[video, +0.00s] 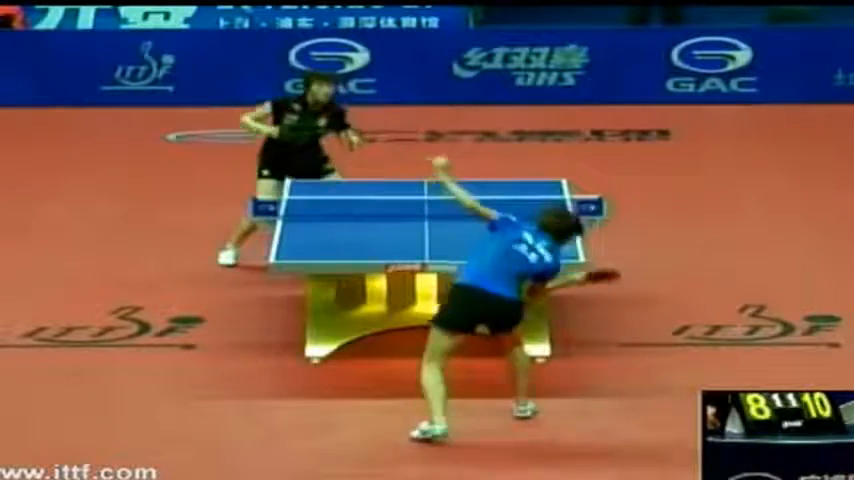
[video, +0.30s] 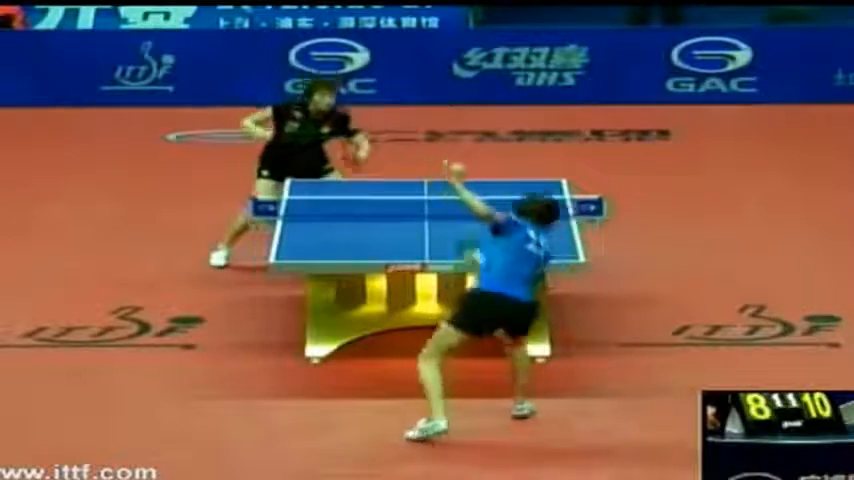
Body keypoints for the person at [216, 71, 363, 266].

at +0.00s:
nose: (326, 92)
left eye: (329, 86)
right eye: (321, 86)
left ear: (333, 90)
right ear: (310, 88)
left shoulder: (333, 113)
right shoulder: (287, 105)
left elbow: (349, 145)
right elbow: (247, 119)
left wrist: (352, 137)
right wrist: (269, 130)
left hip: (311, 158)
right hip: (276, 159)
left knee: (341, 197)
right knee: (265, 210)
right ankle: (232, 247)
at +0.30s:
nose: (325, 102)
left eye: (329, 97)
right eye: (321, 96)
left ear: (334, 100)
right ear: (311, 96)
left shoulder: (336, 120)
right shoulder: (288, 111)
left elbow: (360, 138)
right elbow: (246, 123)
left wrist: (362, 152)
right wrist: (262, 133)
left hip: (315, 166)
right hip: (277, 165)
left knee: (343, 202)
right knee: (260, 210)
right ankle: (224, 247)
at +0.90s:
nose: (317, 109)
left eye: (321, 104)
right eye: (312, 105)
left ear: (327, 104)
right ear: (303, 106)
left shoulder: (334, 118)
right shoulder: (290, 111)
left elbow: (362, 141)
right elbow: (254, 111)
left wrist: (355, 136)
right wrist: (247, 118)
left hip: (321, 160)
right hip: (288, 158)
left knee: (337, 204)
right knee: (260, 206)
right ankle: (225, 246)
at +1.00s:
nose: (322, 94)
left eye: (326, 88)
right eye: (318, 88)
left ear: (333, 88)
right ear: (309, 87)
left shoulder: (339, 105)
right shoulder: (294, 94)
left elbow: (368, 133)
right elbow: (261, 102)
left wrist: (354, 129)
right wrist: (248, 114)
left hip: (319, 156)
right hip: (284, 154)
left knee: (340, 201)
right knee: (260, 205)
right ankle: (225, 245)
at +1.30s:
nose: (313, 99)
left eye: (317, 95)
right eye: (309, 93)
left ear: (323, 97)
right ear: (298, 93)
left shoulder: (325, 118)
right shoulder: (279, 107)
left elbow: (340, 138)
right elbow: (249, 121)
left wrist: (341, 146)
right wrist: (243, 133)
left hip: (304, 165)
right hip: (269, 163)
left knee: (328, 202)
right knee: (247, 211)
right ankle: (205, 250)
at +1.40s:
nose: (305, 89)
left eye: (307, 85)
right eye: (299, 84)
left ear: (309, 88)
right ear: (286, 85)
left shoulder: (307, 111)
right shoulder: (262, 104)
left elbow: (318, 135)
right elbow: (219, 116)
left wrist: (331, 141)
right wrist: (239, 127)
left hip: (280, 158)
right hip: (247, 157)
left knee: (304, 201)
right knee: (227, 212)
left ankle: (297, 253)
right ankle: (200, 248)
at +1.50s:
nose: (299, 85)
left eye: (301, 81)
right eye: (294, 79)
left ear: (303, 84)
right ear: (281, 80)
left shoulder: (301, 108)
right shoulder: (255, 98)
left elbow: (316, 135)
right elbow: (212, 108)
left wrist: (328, 134)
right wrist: (240, 118)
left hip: (270, 153)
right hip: (239, 153)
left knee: (298, 190)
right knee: (226, 209)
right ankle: (196, 247)